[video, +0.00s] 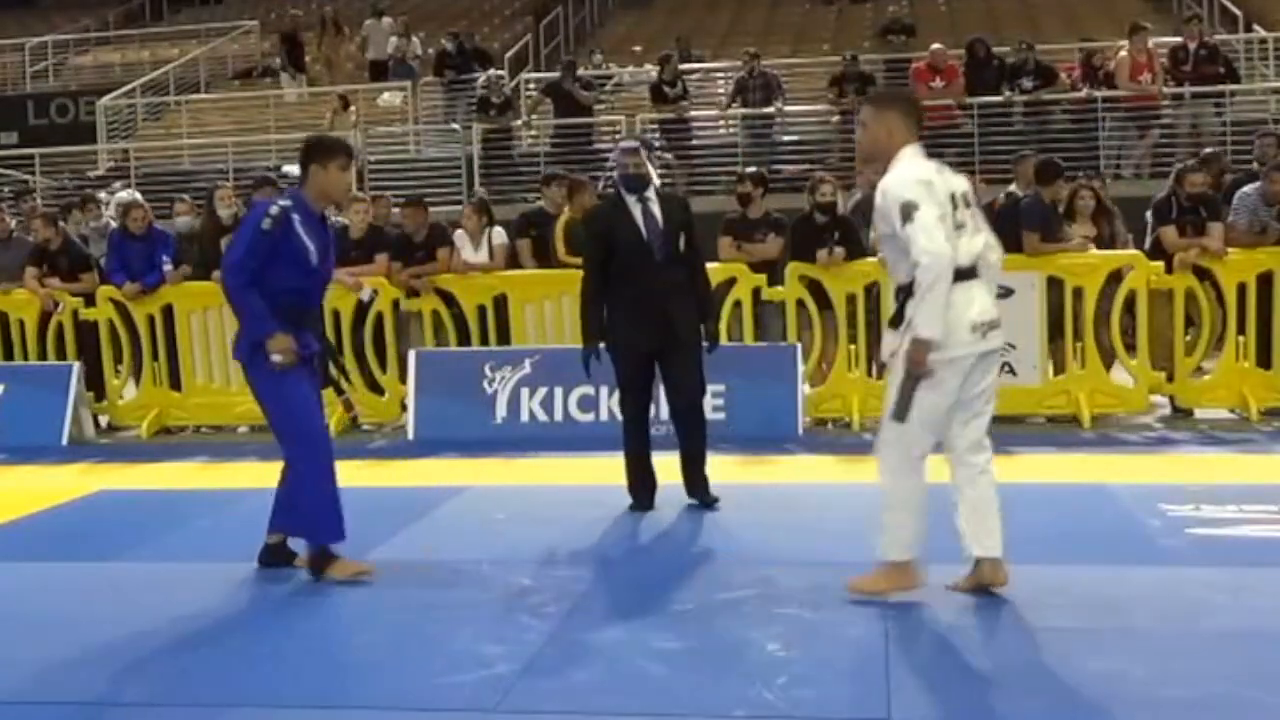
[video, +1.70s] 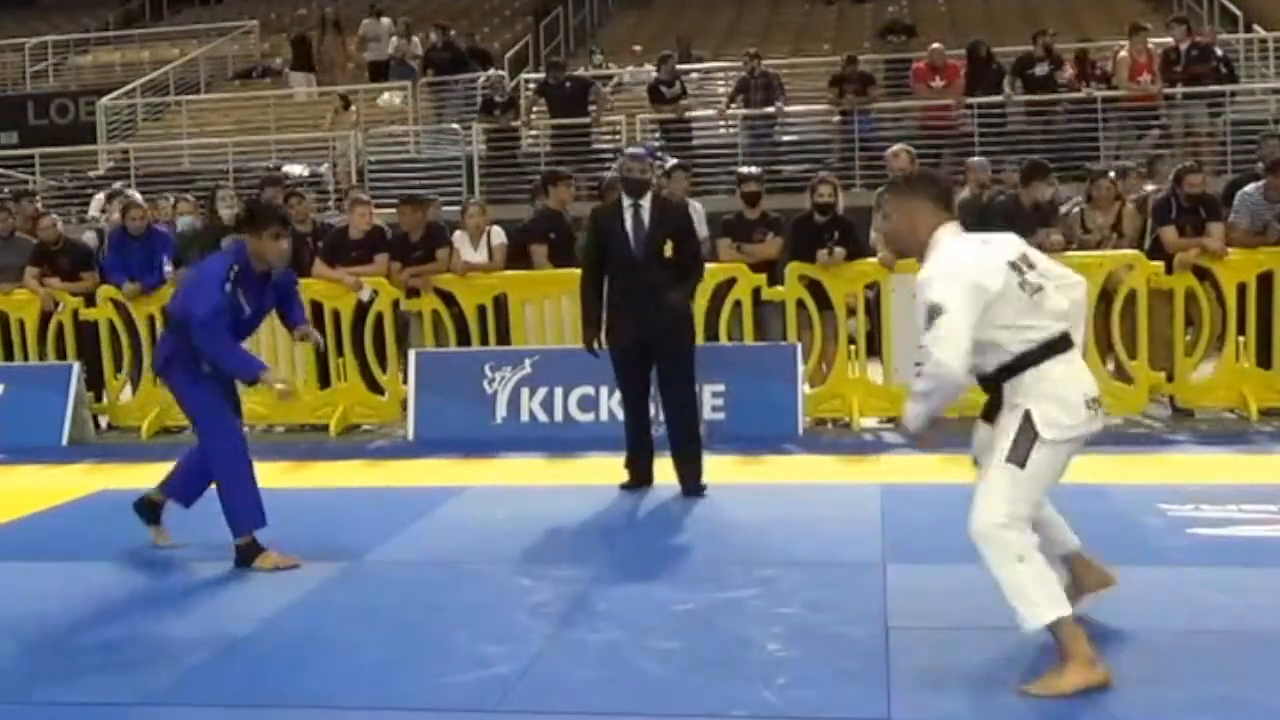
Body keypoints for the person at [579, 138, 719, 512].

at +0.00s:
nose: (634, 168)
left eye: (639, 162)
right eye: (626, 163)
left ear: (650, 165)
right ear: (615, 169)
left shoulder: (675, 205)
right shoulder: (601, 215)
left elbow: (696, 265)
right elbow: (593, 278)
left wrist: (708, 317)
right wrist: (591, 336)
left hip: (679, 325)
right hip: (629, 329)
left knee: (690, 408)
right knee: (635, 414)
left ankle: (698, 486)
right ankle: (641, 492)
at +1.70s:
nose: (636, 175)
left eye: (643, 169)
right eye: (630, 168)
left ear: (654, 173)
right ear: (619, 172)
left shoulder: (674, 210)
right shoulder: (602, 216)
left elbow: (693, 261)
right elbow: (592, 273)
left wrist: (679, 296)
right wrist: (591, 323)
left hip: (670, 318)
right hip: (625, 321)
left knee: (680, 399)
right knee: (633, 402)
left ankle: (690, 477)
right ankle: (638, 473)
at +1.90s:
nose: (645, 175)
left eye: (652, 169)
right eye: (639, 168)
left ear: (662, 174)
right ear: (626, 170)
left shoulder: (675, 209)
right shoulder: (604, 215)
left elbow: (698, 259)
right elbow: (593, 273)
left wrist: (676, 238)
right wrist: (593, 325)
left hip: (673, 317)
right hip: (627, 320)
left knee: (685, 398)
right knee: (635, 401)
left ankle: (697, 475)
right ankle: (639, 473)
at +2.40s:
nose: (685, 180)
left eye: (692, 173)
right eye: (679, 173)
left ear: (701, 175)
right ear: (666, 172)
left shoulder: (711, 209)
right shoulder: (643, 210)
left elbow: (727, 250)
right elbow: (625, 265)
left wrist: (699, 207)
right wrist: (624, 316)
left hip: (703, 306)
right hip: (653, 308)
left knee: (703, 393)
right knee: (647, 390)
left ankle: (699, 467)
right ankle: (642, 461)